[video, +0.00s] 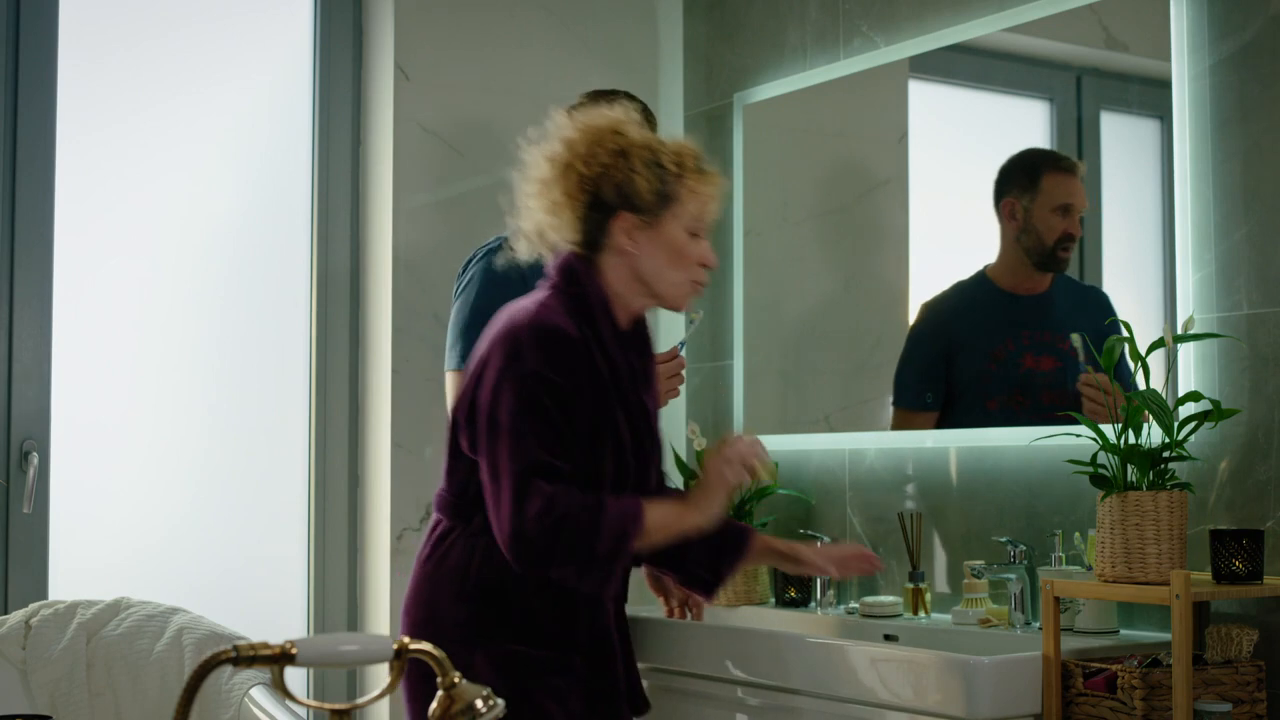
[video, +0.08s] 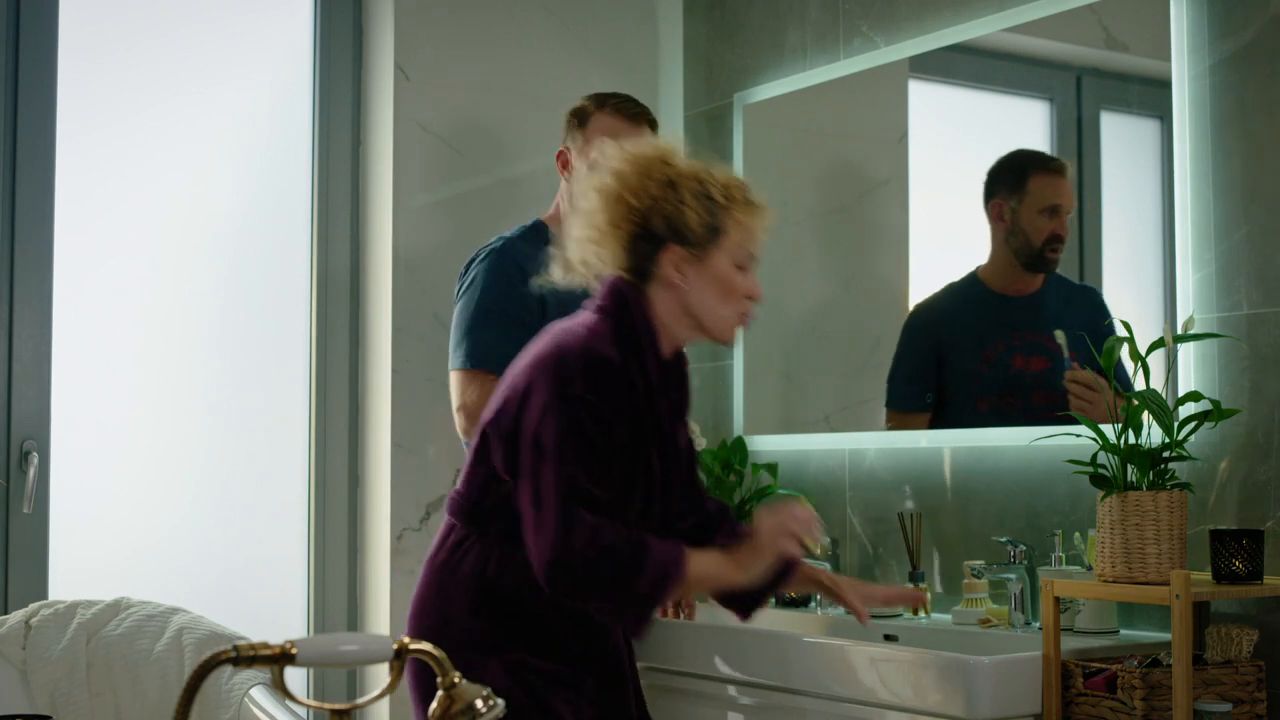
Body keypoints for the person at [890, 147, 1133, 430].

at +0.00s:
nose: (1075, 231)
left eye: (1079, 217)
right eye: (1062, 213)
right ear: (1012, 213)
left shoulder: (1091, 308)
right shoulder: (944, 318)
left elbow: (1138, 422)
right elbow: (906, 452)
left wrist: (1123, 415)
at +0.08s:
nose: (1064, 232)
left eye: (1067, 216)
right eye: (1050, 214)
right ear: (999, 215)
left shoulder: (1084, 307)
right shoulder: (933, 321)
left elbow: (1130, 414)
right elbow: (903, 448)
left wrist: (1113, 411)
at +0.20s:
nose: (1047, 234)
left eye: (1051, 218)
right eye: (1031, 216)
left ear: (1055, 216)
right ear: (983, 218)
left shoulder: (1074, 307)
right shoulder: (922, 323)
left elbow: (1121, 413)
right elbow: (895, 446)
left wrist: (1097, 407)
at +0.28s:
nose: (1036, 235)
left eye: (1040, 220)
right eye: (1021, 219)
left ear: (1046, 219)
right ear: (974, 219)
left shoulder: (1068, 307)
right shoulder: (918, 324)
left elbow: (1114, 415)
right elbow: (892, 442)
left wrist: (1085, 402)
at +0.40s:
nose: (1026, 238)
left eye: (1032, 222)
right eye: (1011, 222)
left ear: (1037, 221)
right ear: (964, 221)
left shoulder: (1060, 307)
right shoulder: (911, 325)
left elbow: (1109, 415)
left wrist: (1077, 390)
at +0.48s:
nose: (1024, 238)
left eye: (1030, 222)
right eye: (1009, 222)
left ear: (1036, 221)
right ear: (963, 222)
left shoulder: (1058, 305)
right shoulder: (911, 323)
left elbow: (1103, 422)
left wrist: (1080, 374)